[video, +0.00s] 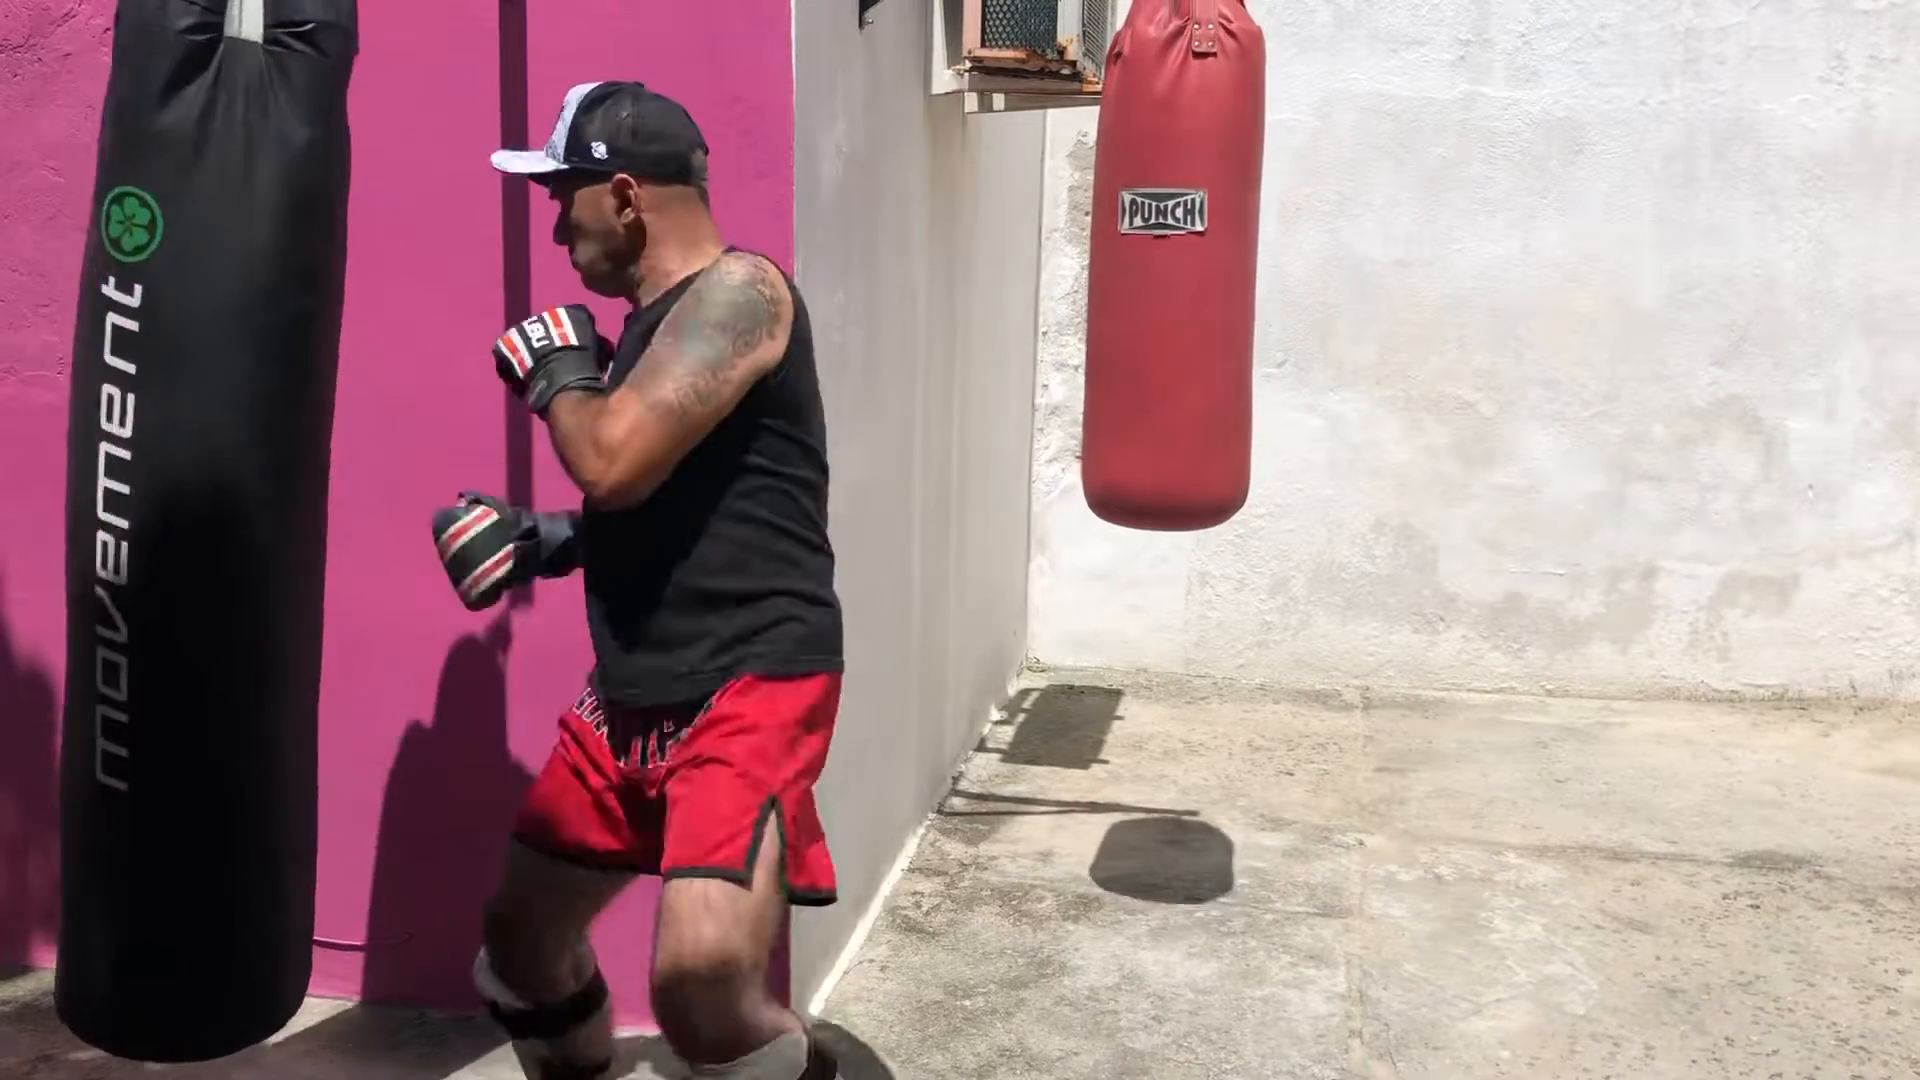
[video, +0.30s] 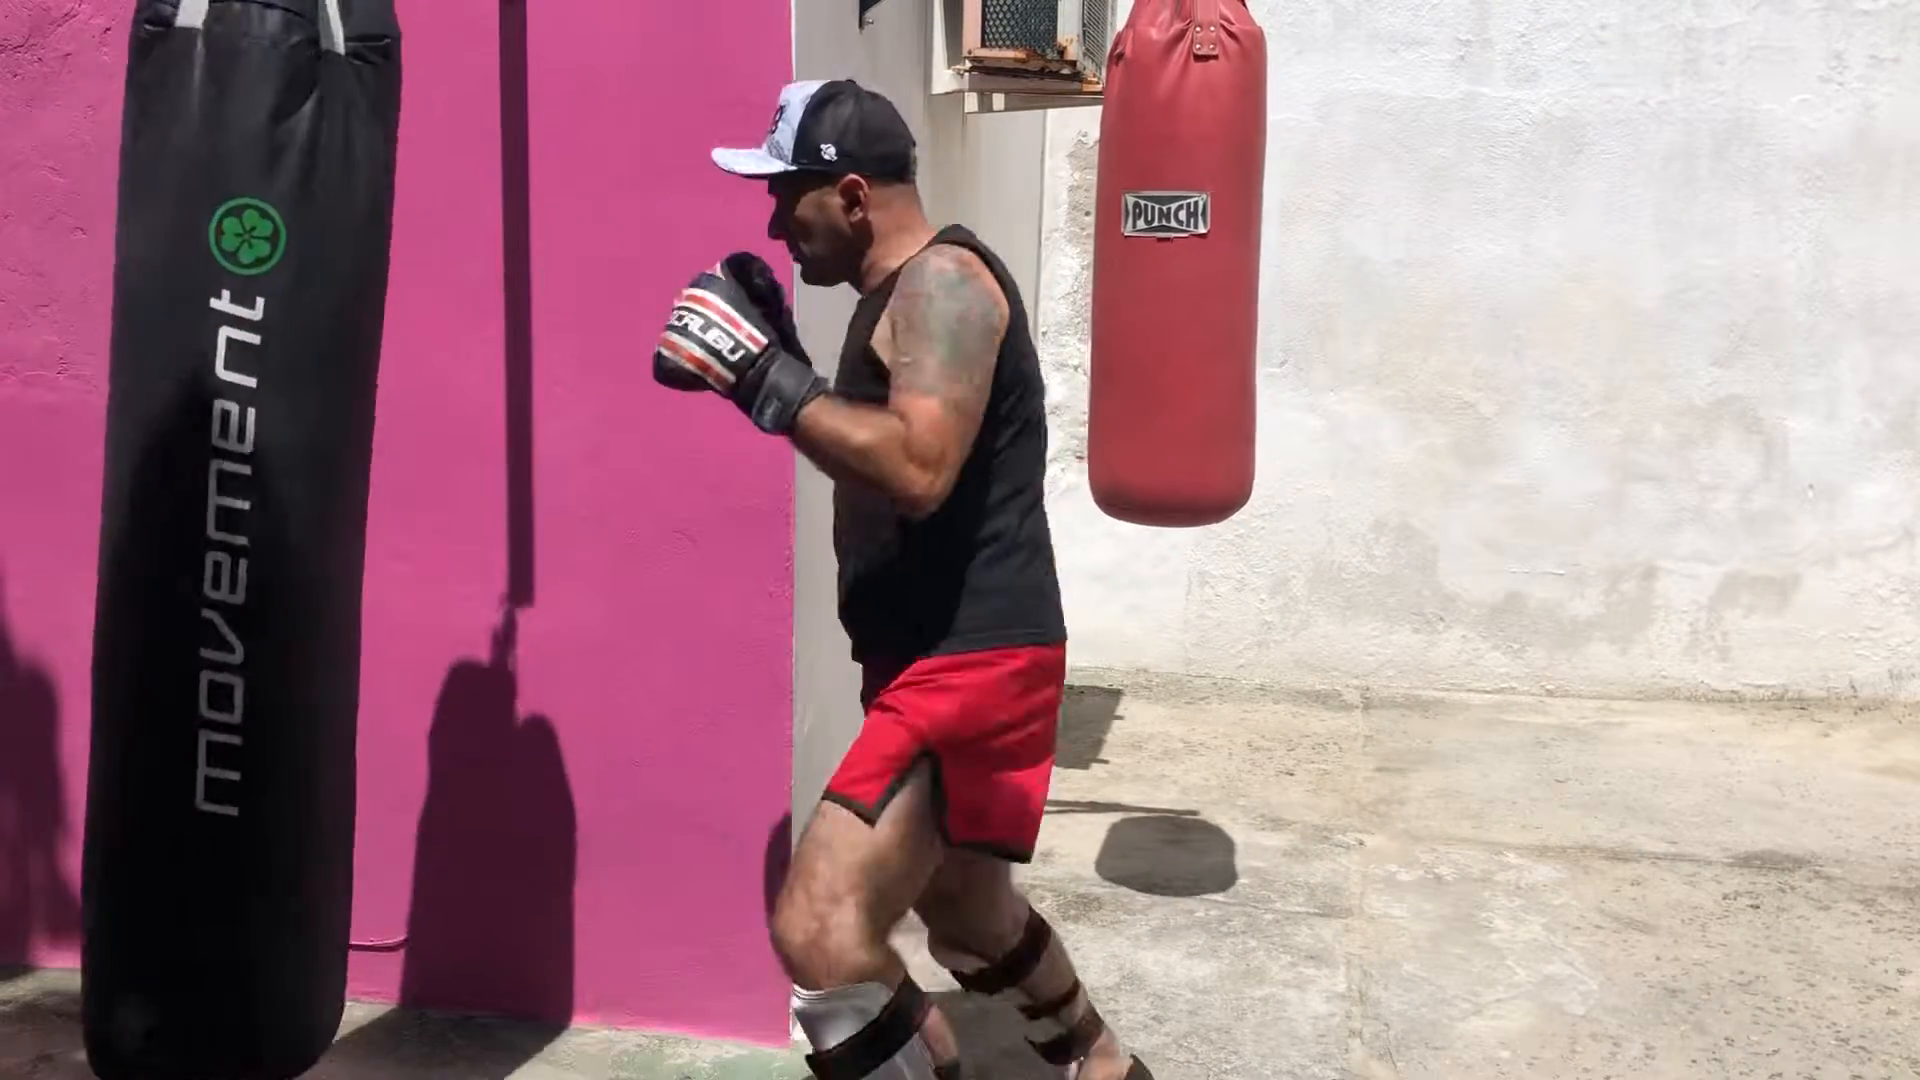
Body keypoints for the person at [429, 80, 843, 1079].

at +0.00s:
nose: (556, 220)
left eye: (566, 193)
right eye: (554, 196)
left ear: (633, 194)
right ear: (638, 198)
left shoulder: (744, 292)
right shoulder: (640, 334)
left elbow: (613, 460)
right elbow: (672, 517)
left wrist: (555, 370)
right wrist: (547, 542)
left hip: (753, 683)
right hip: (630, 692)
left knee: (704, 1001)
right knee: (524, 944)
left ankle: (825, 1067)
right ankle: (586, 1075)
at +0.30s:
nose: (776, 215)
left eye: (788, 192)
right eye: (776, 192)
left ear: (851, 195)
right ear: (857, 194)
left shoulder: (944, 283)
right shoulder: (900, 293)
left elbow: (919, 469)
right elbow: (896, 456)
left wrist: (776, 376)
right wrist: (775, 367)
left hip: (975, 660)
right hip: (929, 657)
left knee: (823, 926)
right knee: (970, 918)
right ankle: (1097, 1057)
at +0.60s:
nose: (850, 213)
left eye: (862, 189)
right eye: (849, 189)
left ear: (930, 189)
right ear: (940, 185)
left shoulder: (1015, 298)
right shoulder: (1020, 279)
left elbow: (897, 488)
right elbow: (1001, 431)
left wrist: (829, 364)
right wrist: (898, 364)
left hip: (1050, 686)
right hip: (1027, 677)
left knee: (1082, 1006)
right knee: (1060, 970)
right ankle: (1150, 1064)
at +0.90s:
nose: (843, 205)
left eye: (856, 180)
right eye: (844, 180)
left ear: (927, 182)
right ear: (933, 181)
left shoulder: (1042, 299)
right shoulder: (981, 289)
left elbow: (933, 505)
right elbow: (963, 410)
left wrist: (820, 377)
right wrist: (863, 336)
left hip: (1056, 695)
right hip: (1000, 687)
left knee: (974, 1005)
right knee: (1062, 949)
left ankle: (1086, 1060)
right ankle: (1154, 1068)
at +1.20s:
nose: (724, 215)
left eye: (734, 193)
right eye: (725, 192)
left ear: (791, 208)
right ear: (873, 199)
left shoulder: (863, 346)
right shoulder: (969, 305)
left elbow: (726, 553)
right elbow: (1063, 482)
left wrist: (672, 399)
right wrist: (1085, 602)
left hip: (920, 768)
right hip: (835, 738)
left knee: (893, 1057)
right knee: (722, 929)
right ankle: (843, 1057)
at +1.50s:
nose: (570, 192)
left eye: (577, 176)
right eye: (570, 173)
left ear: (627, 193)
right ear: (708, 166)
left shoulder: (730, 334)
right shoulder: (760, 241)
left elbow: (641, 556)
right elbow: (755, 388)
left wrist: (494, 456)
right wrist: (625, 363)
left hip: (771, 697)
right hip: (697, 675)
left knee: (742, 1019)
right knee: (637, 898)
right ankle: (655, 1064)